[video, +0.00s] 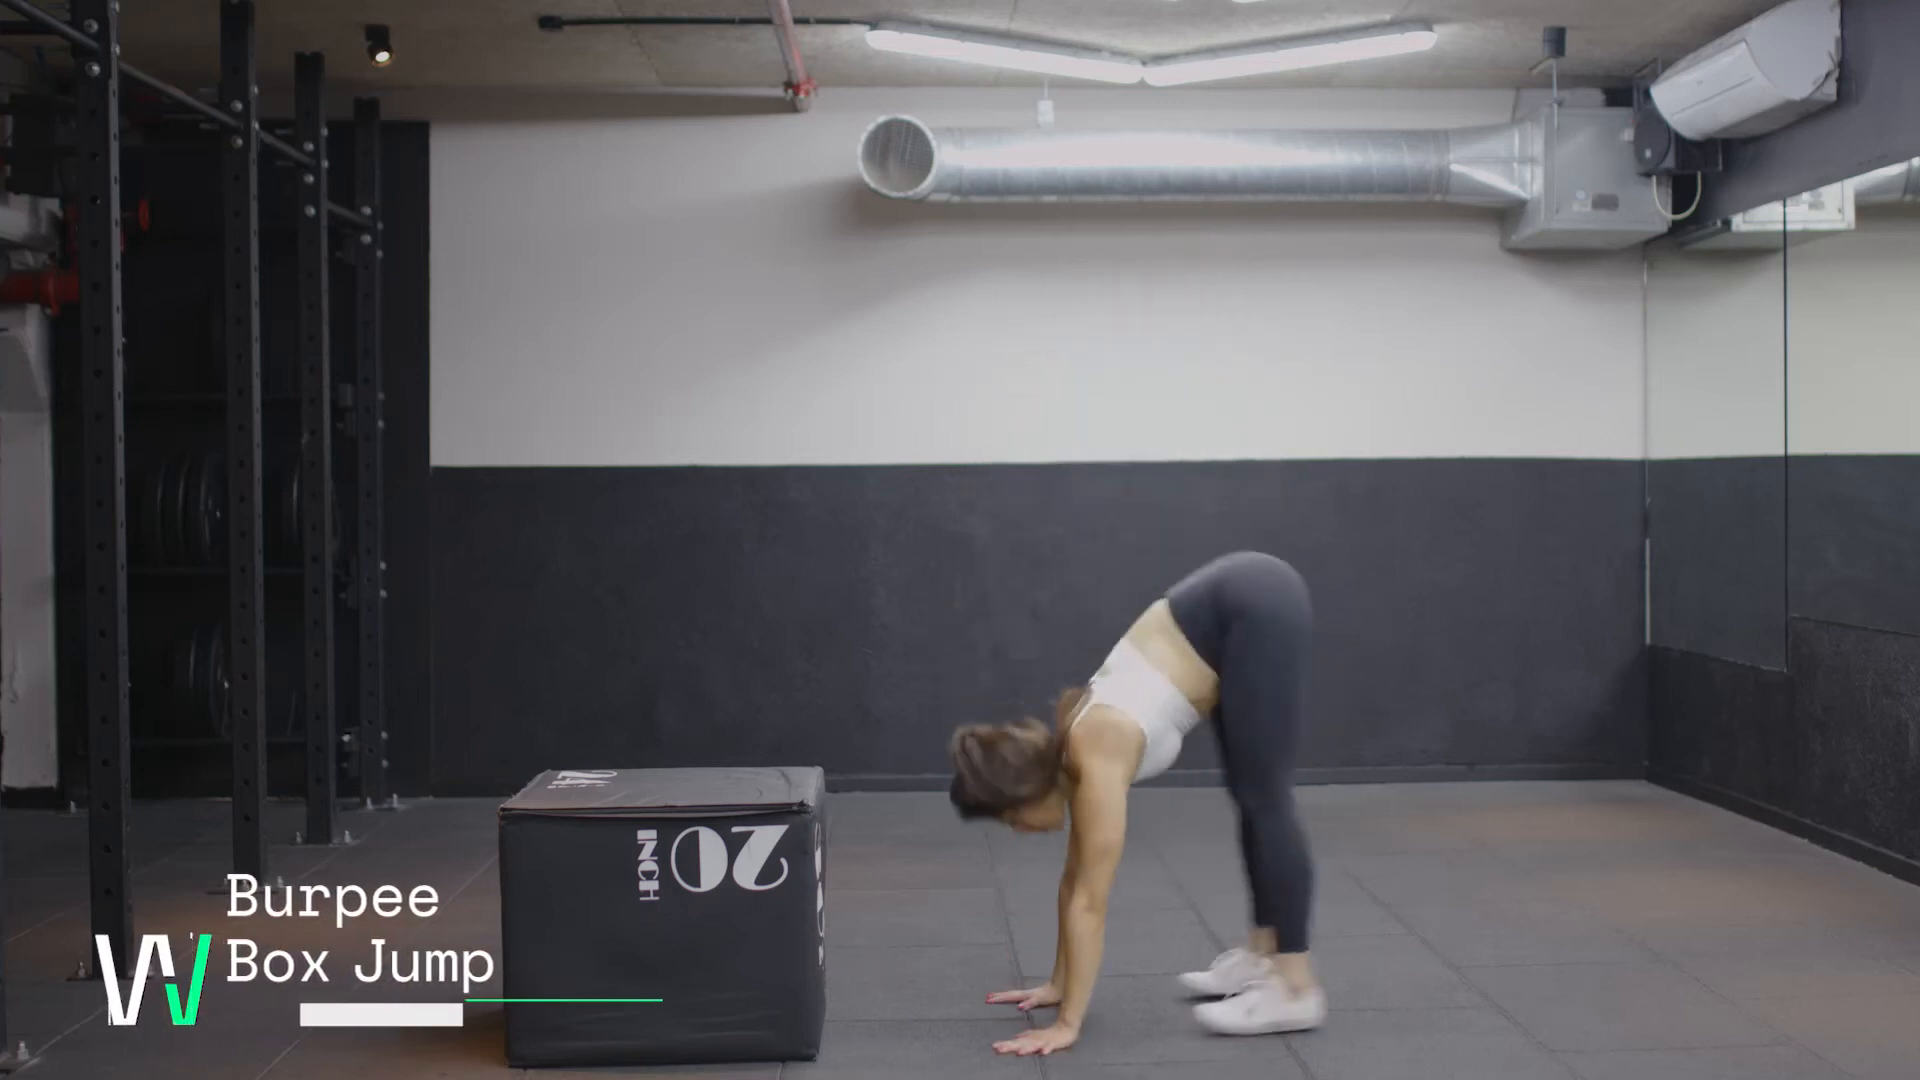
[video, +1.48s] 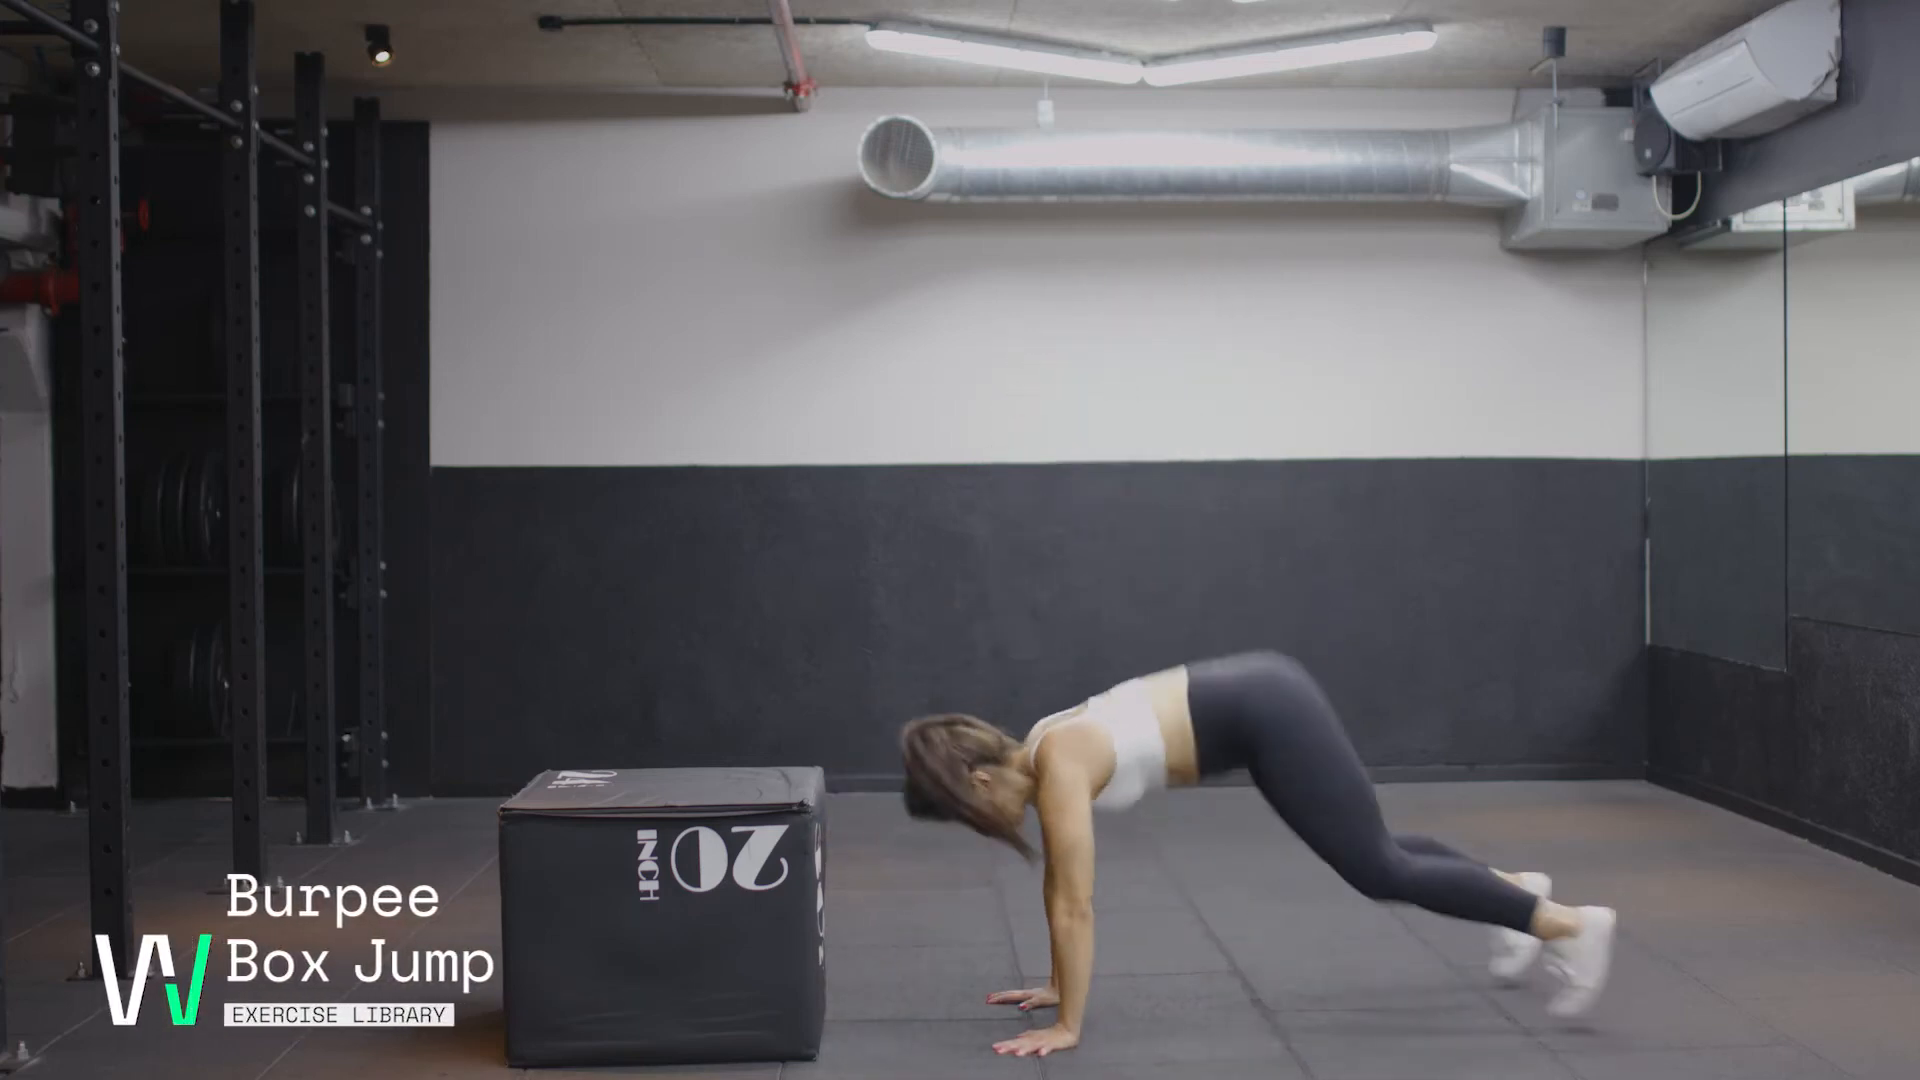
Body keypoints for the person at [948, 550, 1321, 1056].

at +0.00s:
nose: (1019, 829)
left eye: (1011, 819)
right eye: (1008, 823)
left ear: (1024, 795)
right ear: (1028, 776)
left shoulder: (1099, 754)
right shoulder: (1078, 744)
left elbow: (1089, 899)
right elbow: (1075, 882)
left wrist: (1068, 1024)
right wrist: (1059, 986)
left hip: (1259, 603)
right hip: (1236, 603)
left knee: (1266, 800)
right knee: (1252, 797)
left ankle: (1295, 985)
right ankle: (1265, 955)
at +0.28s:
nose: (931, 811)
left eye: (924, 797)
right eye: (919, 802)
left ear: (945, 767)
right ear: (949, 753)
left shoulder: (1029, 764)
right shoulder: (1019, 750)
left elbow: (1057, 902)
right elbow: (1053, 887)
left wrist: (1069, 1023)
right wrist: (1055, 985)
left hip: (1238, 745)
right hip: (1237, 731)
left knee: (1385, 870)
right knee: (1376, 849)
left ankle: (1569, 920)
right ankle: (1527, 881)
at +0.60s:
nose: (942, 873)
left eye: (940, 859)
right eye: (934, 863)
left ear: (969, 836)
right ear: (973, 833)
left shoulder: (1042, 866)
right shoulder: (1031, 849)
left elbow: (1106, 952)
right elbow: (1097, 932)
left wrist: (1071, 1034)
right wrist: (1061, 991)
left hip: (1219, 961)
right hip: (1219, 936)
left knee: (1415, 998)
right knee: (1399, 961)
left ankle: (1589, 954)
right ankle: (1548, 914)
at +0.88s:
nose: (902, 997)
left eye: (897, 984)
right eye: (893, 987)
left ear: (913, 957)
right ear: (922, 936)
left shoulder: (980, 955)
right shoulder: (981, 930)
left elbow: (1068, 944)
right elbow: (1064, 889)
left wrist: (1063, 1028)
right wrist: (1058, 989)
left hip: (1203, 969)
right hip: (1200, 940)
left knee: (1402, 995)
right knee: (1382, 962)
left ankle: (1573, 940)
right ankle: (1534, 906)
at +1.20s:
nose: (954, 845)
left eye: (949, 829)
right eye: (944, 832)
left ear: (976, 801)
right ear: (979, 793)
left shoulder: (1052, 829)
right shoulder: (1047, 809)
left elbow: (1092, 934)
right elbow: (1081, 918)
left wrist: (1071, 1025)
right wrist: (1059, 988)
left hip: (1244, 936)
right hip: (1243, 920)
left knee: (1421, 999)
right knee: (1397, 966)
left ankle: (1587, 943)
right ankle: (1545, 910)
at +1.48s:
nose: (979, 823)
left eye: (967, 808)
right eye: (963, 815)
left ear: (984, 779)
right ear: (985, 768)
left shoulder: (1062, 766)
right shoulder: (1046, 758)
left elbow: (1073, 902)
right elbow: (1063, 891)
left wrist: (1069, 1028)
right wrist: (1060, 990)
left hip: (1266, 707)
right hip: (1255, 709)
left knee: (1381, 871)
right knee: (1377, 853)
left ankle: (1567, 925)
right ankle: (1526, 900)